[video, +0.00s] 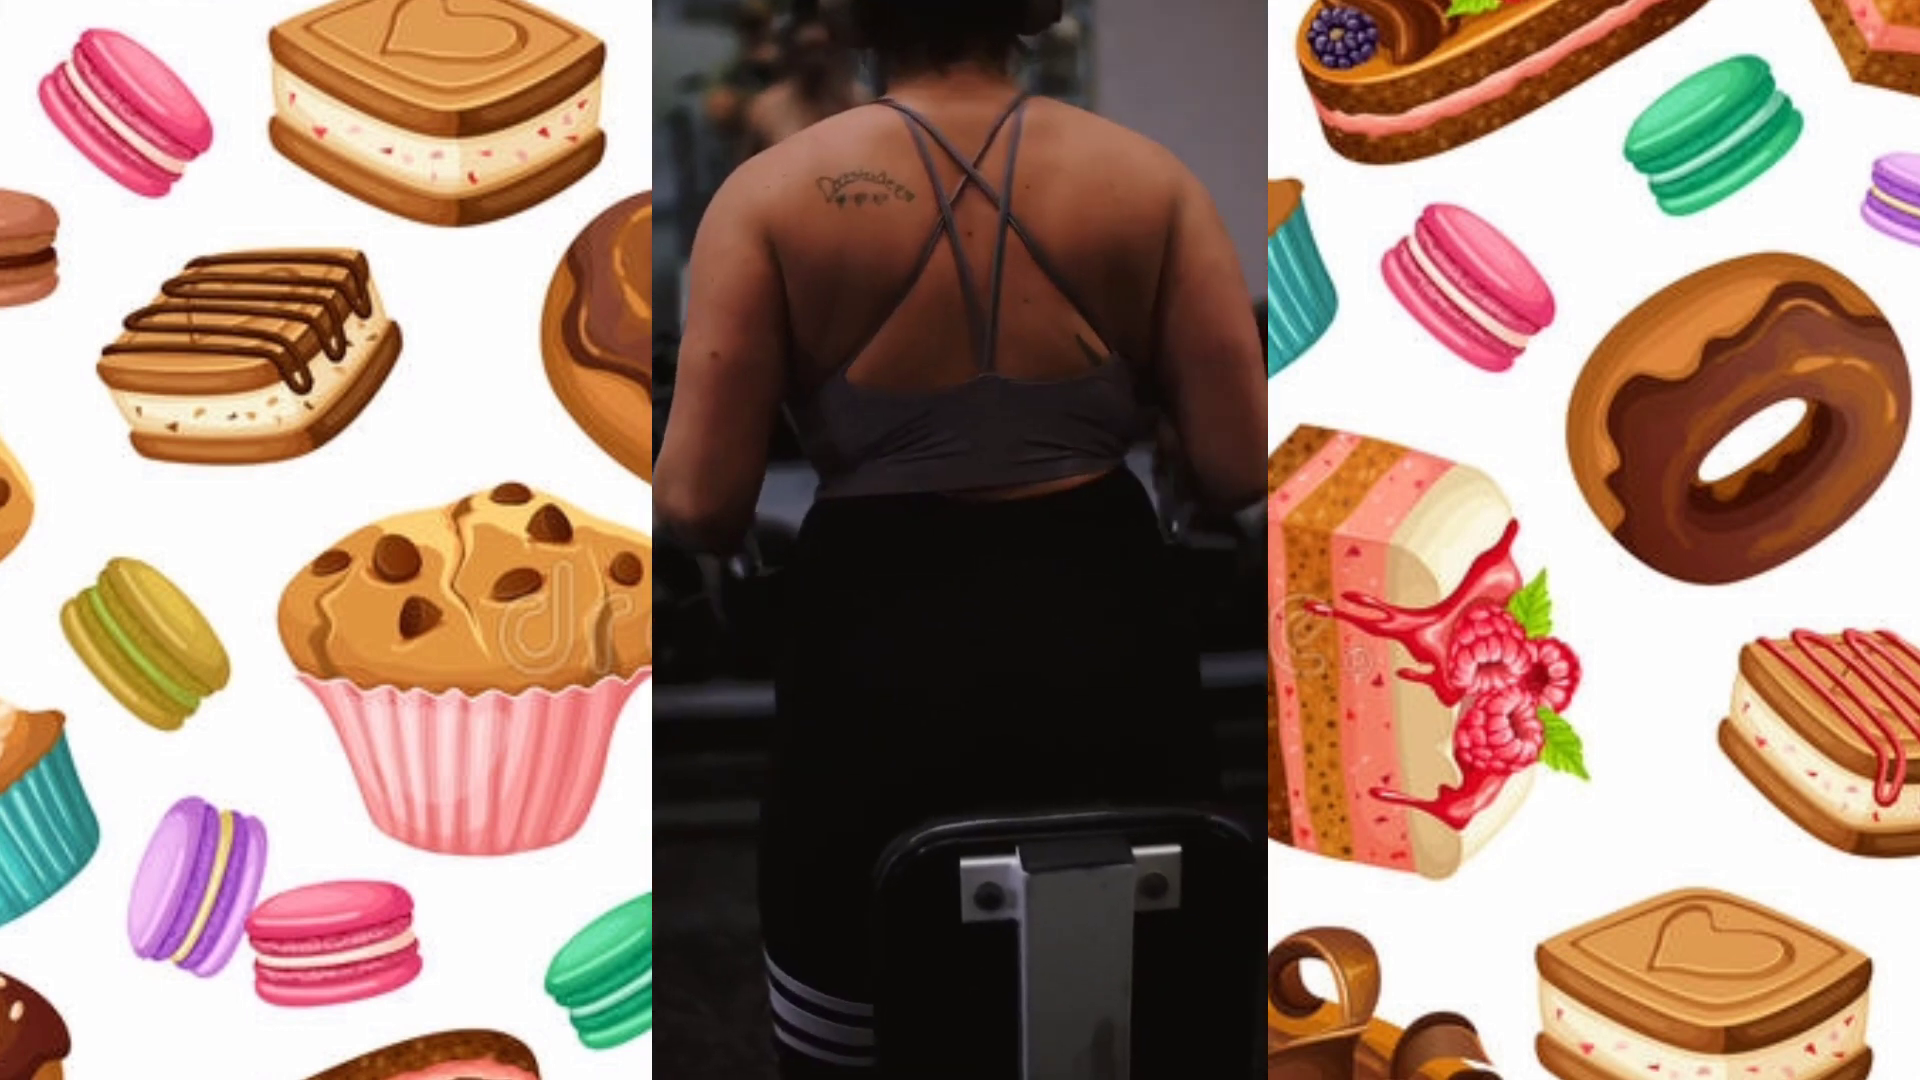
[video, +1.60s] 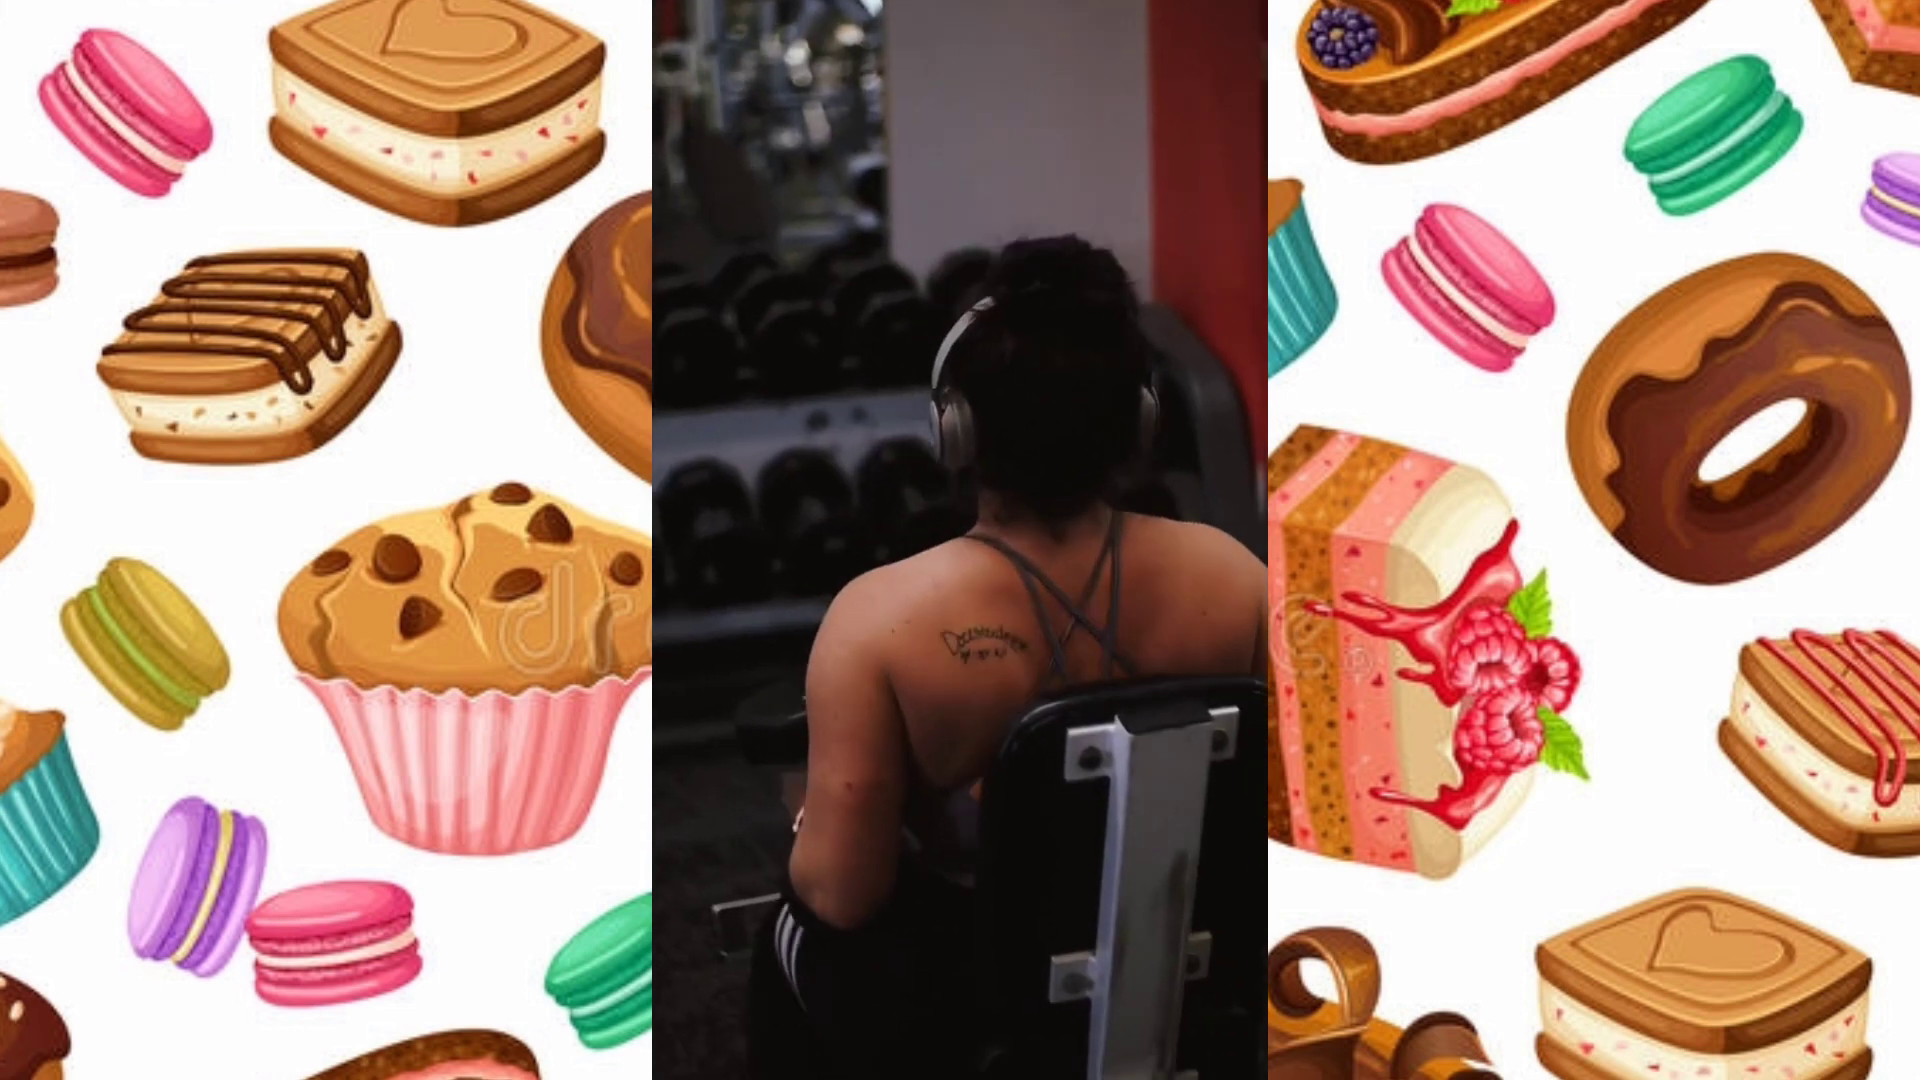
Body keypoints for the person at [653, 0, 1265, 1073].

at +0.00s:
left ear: (861, 24)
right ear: (1025, 18)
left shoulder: (770, 198)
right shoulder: (1145, 183)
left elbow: (699, 502)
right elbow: (1237, 471)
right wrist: (1148, 396)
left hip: (874, 657)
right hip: (1106, 649)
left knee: (845, 1034)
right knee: (1127, 1016)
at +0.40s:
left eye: (786, 100)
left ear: (790, 125)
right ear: (967, 117)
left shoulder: (712, 318)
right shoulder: (1072, 304)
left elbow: (667, 594)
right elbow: (1161, 560)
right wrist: (1092, 464)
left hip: (815, 746)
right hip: (1038, 734)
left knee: (788, 1044)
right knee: (1049, 1036)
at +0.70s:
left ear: (708, 175)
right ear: (867, 162)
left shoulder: (648, 337)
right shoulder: (969, 328)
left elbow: (584, 555)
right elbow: (1053, 559)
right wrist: (1074, 611)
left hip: (725, 734)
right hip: (930, 719)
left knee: (720, 1044)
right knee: (957, 1038)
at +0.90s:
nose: (765, 231)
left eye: (770, 215)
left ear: (780, 238)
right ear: (945, 228)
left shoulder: (711, 414)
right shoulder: (1047, 382)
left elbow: (687, 681)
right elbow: (1154, 608)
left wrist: (774, 618)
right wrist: (1077, 627)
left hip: (848, 806)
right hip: (1053, 780)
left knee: (761, 1051)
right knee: (1042, 1052)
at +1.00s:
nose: (821, 299)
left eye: (829, 282)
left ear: (841, 310)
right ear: (1003, 303)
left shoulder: (776, 492)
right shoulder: (1101, 457)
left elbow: (755, 752)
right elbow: (1211, 683)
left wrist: (696, 735)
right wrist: (1123, 681)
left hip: (908, 919)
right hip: (1113, 902)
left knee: (781, 1047)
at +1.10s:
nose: (862, 399)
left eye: (867, 383)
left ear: (882, 407)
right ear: (1053, 400)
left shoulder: (817, 580)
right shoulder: (1142, 548)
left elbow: (800, 837)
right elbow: (1245, 774)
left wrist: (749, 813)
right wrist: (1154, 759)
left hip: (938, 1000)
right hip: (1142, 988)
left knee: (800, 1057)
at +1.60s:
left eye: (941, 408)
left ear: (957, 433)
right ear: (1143, 420)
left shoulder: (881, 620)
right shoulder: (1232, 579)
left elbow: (841, 896)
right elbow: (1284, 816)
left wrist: (814, 811)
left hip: (965, 1014)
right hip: (1188, 992)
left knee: (800, 915)